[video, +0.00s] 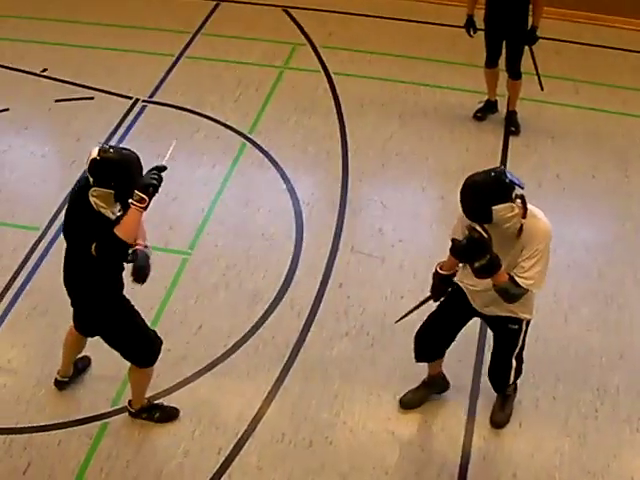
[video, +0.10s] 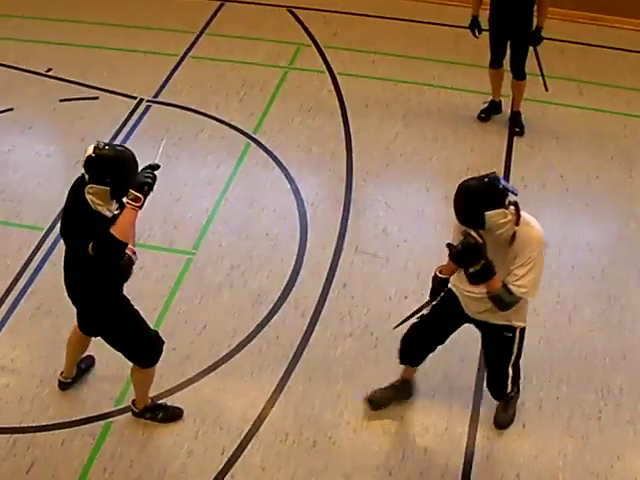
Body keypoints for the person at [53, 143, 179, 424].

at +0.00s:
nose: (127, 195)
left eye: (127, 190)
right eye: (124, 189)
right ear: (112, 188)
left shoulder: (103, 186)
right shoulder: (82, 212)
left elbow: (134, 217)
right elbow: (115, 249)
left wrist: (140, 248)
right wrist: (140, 202)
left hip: (83, 278)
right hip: (97, 294)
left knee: (82, 325)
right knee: (147, 347)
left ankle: (65, 372)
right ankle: (138, 405)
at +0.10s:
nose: (126, 191)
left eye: (128, 185)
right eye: (125, 186)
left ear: (97, 174)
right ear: (109, 187)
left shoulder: (85, 187)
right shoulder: (83, 219)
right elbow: (107, 255)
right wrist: (135, 201)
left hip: (82, 282)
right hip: (98, 297)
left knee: (85, 327)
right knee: (148, 348)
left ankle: (68, 373)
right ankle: (142, 405)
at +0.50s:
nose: (124, 189)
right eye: (123, 184)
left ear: (92, 174)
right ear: (111, 190)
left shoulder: (70, 186)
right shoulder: (103, 225)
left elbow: (96, 203)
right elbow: (159, 254)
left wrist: (124, 213)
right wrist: (201, 214)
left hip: (54, 277)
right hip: (83, 296)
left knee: (79, 315)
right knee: (137, 347)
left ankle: (69, 365)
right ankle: (147, 405)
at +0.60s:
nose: (127, 195)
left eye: (128, 190)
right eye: (125, 191)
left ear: (89, 180)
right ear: (109, 197)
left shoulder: (66, 189)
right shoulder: (101, 231)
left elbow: (99, 206)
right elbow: (151, 272)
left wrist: (131, 202)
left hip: (50, 275)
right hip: (78, 295)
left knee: (67, 310)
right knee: (138, 345)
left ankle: (48, 360)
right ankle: (149, 405)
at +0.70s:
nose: (125, 201)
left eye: (127, 196)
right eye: (120, 198)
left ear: (85, 184)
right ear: (102, 201)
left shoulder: (63, 194)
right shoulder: (93, 241)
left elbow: (99, 199)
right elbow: (119, 299)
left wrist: (124, 196)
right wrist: (167, 314)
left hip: (46, 284)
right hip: (75, 302)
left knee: (50, 322)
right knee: (139, 343)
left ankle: (25, 371)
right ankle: (149, 405)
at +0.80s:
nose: (121, 203)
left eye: (121, 199)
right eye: (117, 201)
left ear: (79, 189)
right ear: (92, 203)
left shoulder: (57, 197)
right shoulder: (78, 242)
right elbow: (81, 303)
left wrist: (115, 194)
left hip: (37, 284)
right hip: (62, 304)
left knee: (45, 326)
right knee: (136, 347)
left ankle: (24, 377)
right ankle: (148, 404)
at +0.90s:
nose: (96, 206)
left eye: (96, 202)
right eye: (94, 202)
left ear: (64, 188)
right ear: (78, 204)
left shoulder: (48, 197)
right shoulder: (64, 241)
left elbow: (92, 216)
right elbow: (66, 302)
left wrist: (115, 206)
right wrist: (113, 329)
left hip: (31, 289)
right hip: (55, 305)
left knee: (45, 324)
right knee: (125, 349)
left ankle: (23, 377)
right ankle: (147, 405)